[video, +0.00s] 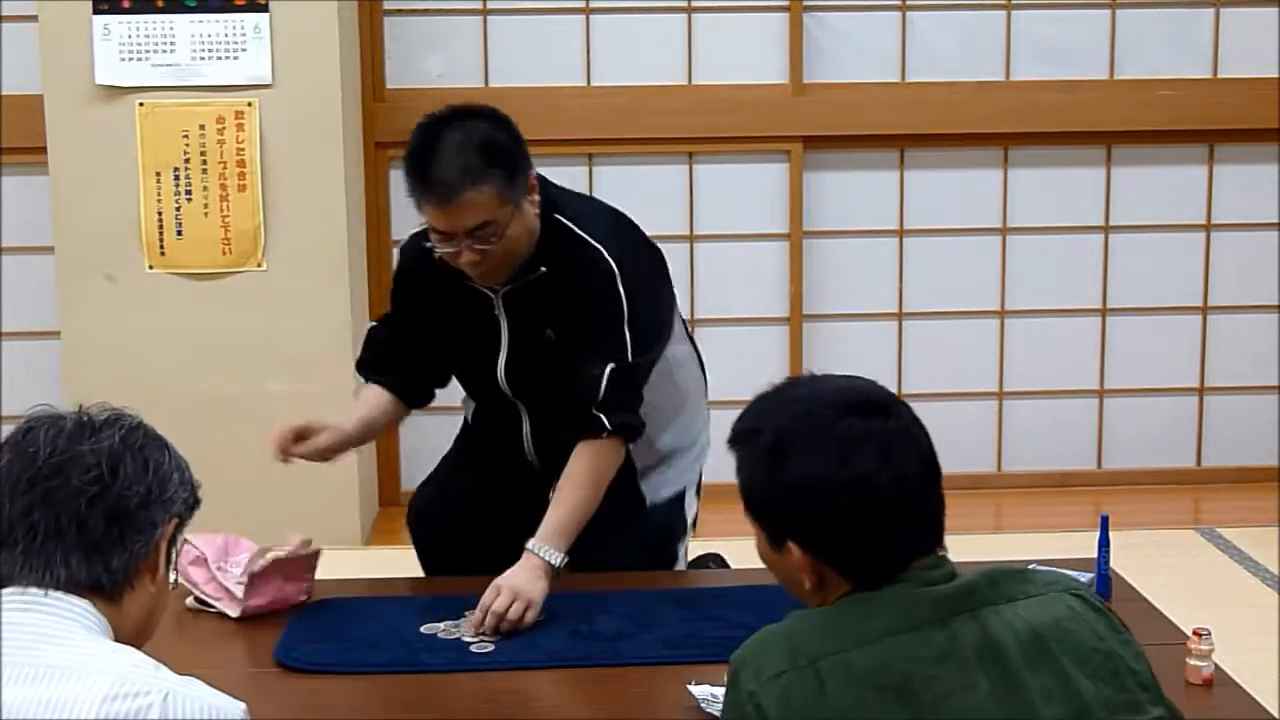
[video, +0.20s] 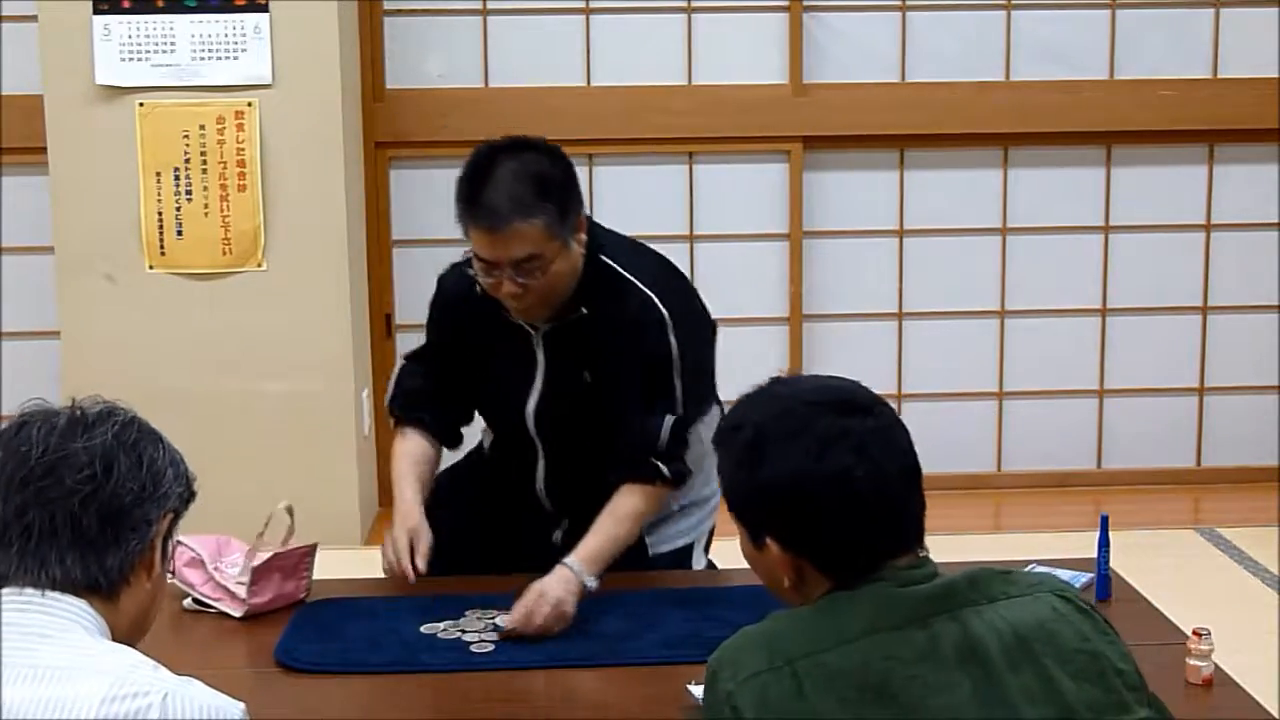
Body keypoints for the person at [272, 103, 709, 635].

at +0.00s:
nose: (465, 256)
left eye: (484, 235)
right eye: (444, 237)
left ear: (531, 194)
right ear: (425, 212)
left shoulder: (607, 263)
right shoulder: (427, 258)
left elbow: (607, 429)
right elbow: (406, 367)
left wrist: (539, 559)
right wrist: (349, 428)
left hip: (633, 441)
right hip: (512, 428)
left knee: (599, 586)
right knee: (440, 522)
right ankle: (485, 693)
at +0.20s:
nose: (508, 288)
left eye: (528, 267)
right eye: (488, 267)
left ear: (579, 233)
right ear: (470, 240)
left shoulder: (656, 309)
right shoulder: (464, 294)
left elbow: (657, 470)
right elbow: (425, 403)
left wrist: (574, 572)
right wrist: (407, 505)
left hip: (635, 507)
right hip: (517, 490)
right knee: (410, 556)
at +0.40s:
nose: (539, 316)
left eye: (561, 297)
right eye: (521, 295)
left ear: (612, 259)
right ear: (502, 265)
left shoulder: (690, 327)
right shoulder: (485, 310)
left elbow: (697, 484)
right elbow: (443, 439)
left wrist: (606, 573)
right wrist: (427, 556)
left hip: (652, 509)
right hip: (543, 503)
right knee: (423, 511)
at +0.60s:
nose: (561, 321)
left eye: (584, 303)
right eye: (543, 300)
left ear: (635, 264)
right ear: (523, 269)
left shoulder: (700, 327)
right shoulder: (501, 307)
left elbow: (685, 494)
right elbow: (456, 443)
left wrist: (571, 579)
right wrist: (437, 556)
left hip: (652, 519)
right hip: (547, 510)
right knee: (426, 513)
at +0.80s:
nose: (564, 325)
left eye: (587, 308)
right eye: (545, 305)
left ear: (639, 267)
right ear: (525, 270)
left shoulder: (701, 327)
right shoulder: (500, 311)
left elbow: (698, 494)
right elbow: (452, 445)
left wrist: (590, 580)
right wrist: (419, 558)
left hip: (654, 534)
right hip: (540, 528)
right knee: (427, 510)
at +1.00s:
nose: (559, 330)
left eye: (582, 312)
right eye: (540, 309)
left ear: (633, 271)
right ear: (520, 275)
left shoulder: (702, 331)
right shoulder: (497, 315)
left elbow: (706, 497)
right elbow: (452, 447)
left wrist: (605, 582)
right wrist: (436, 559)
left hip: (654, 520)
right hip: (544, 509)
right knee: (423, 514)